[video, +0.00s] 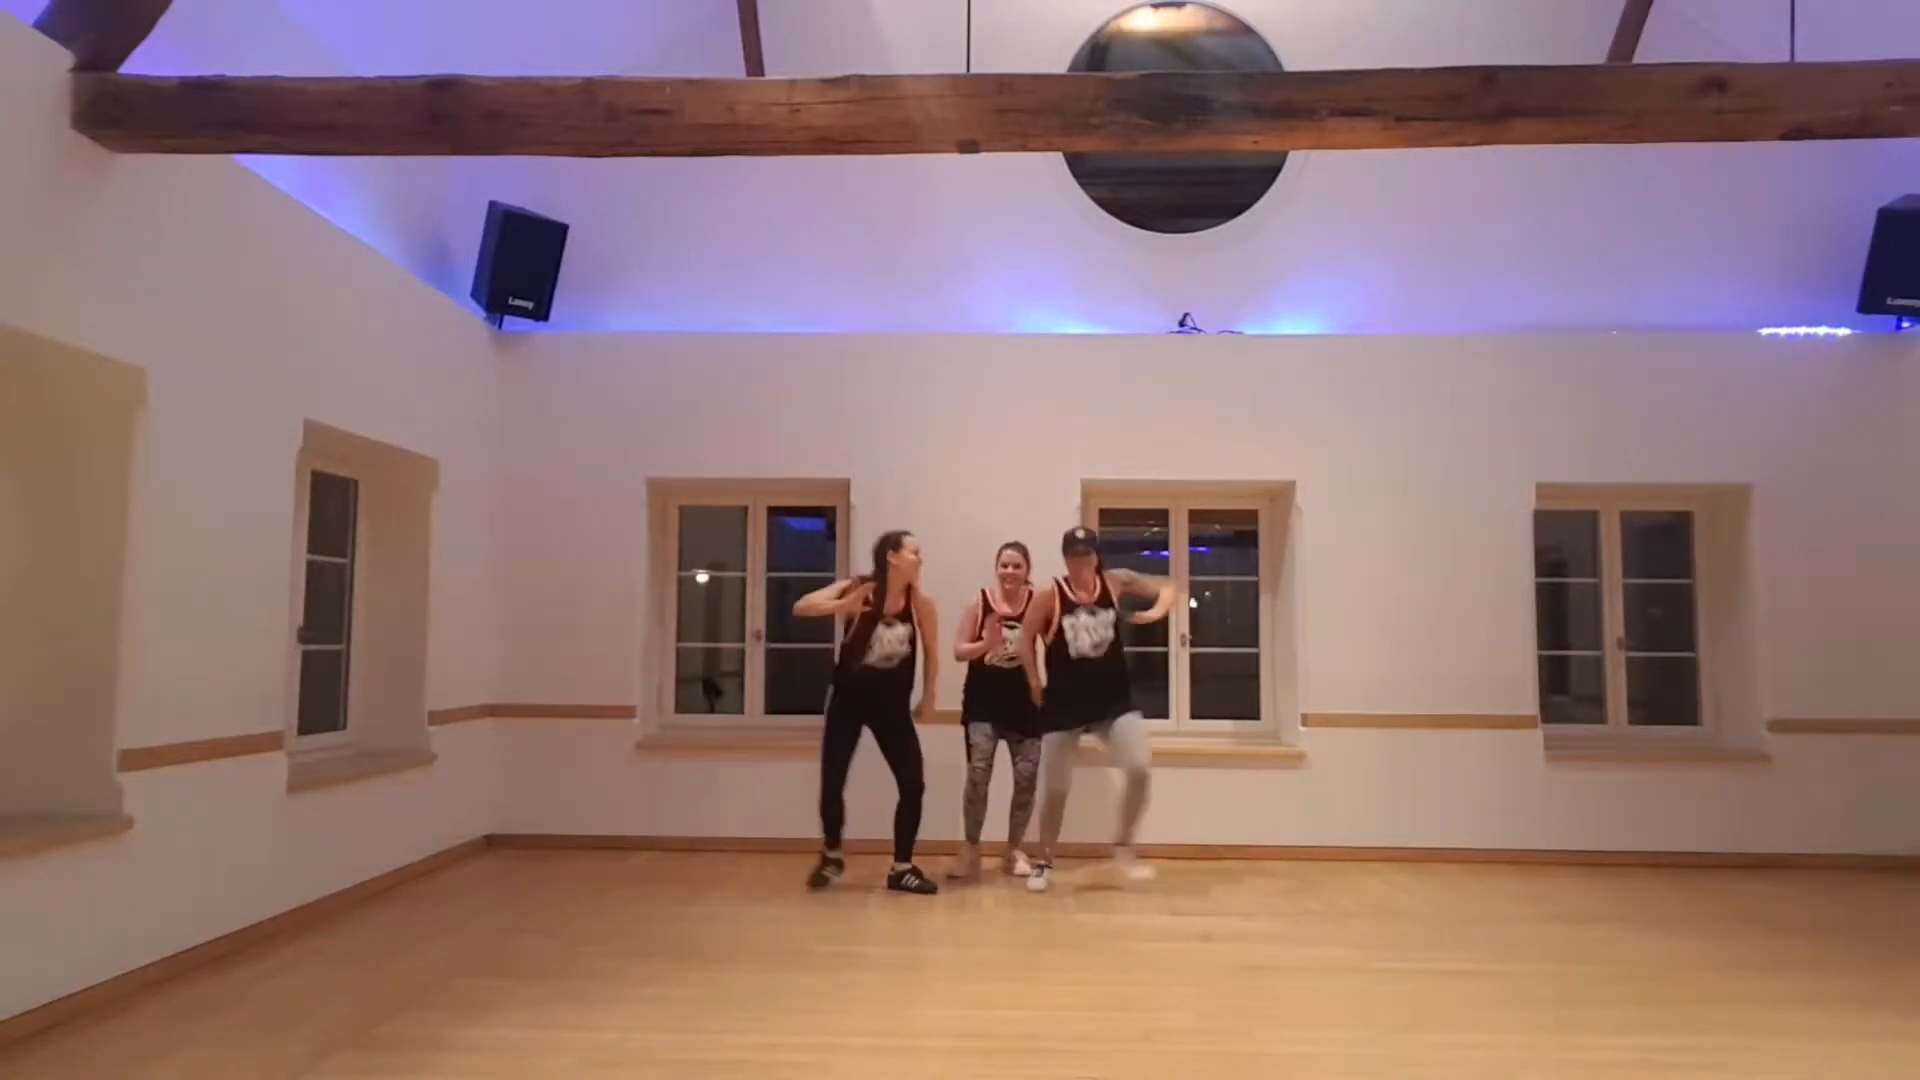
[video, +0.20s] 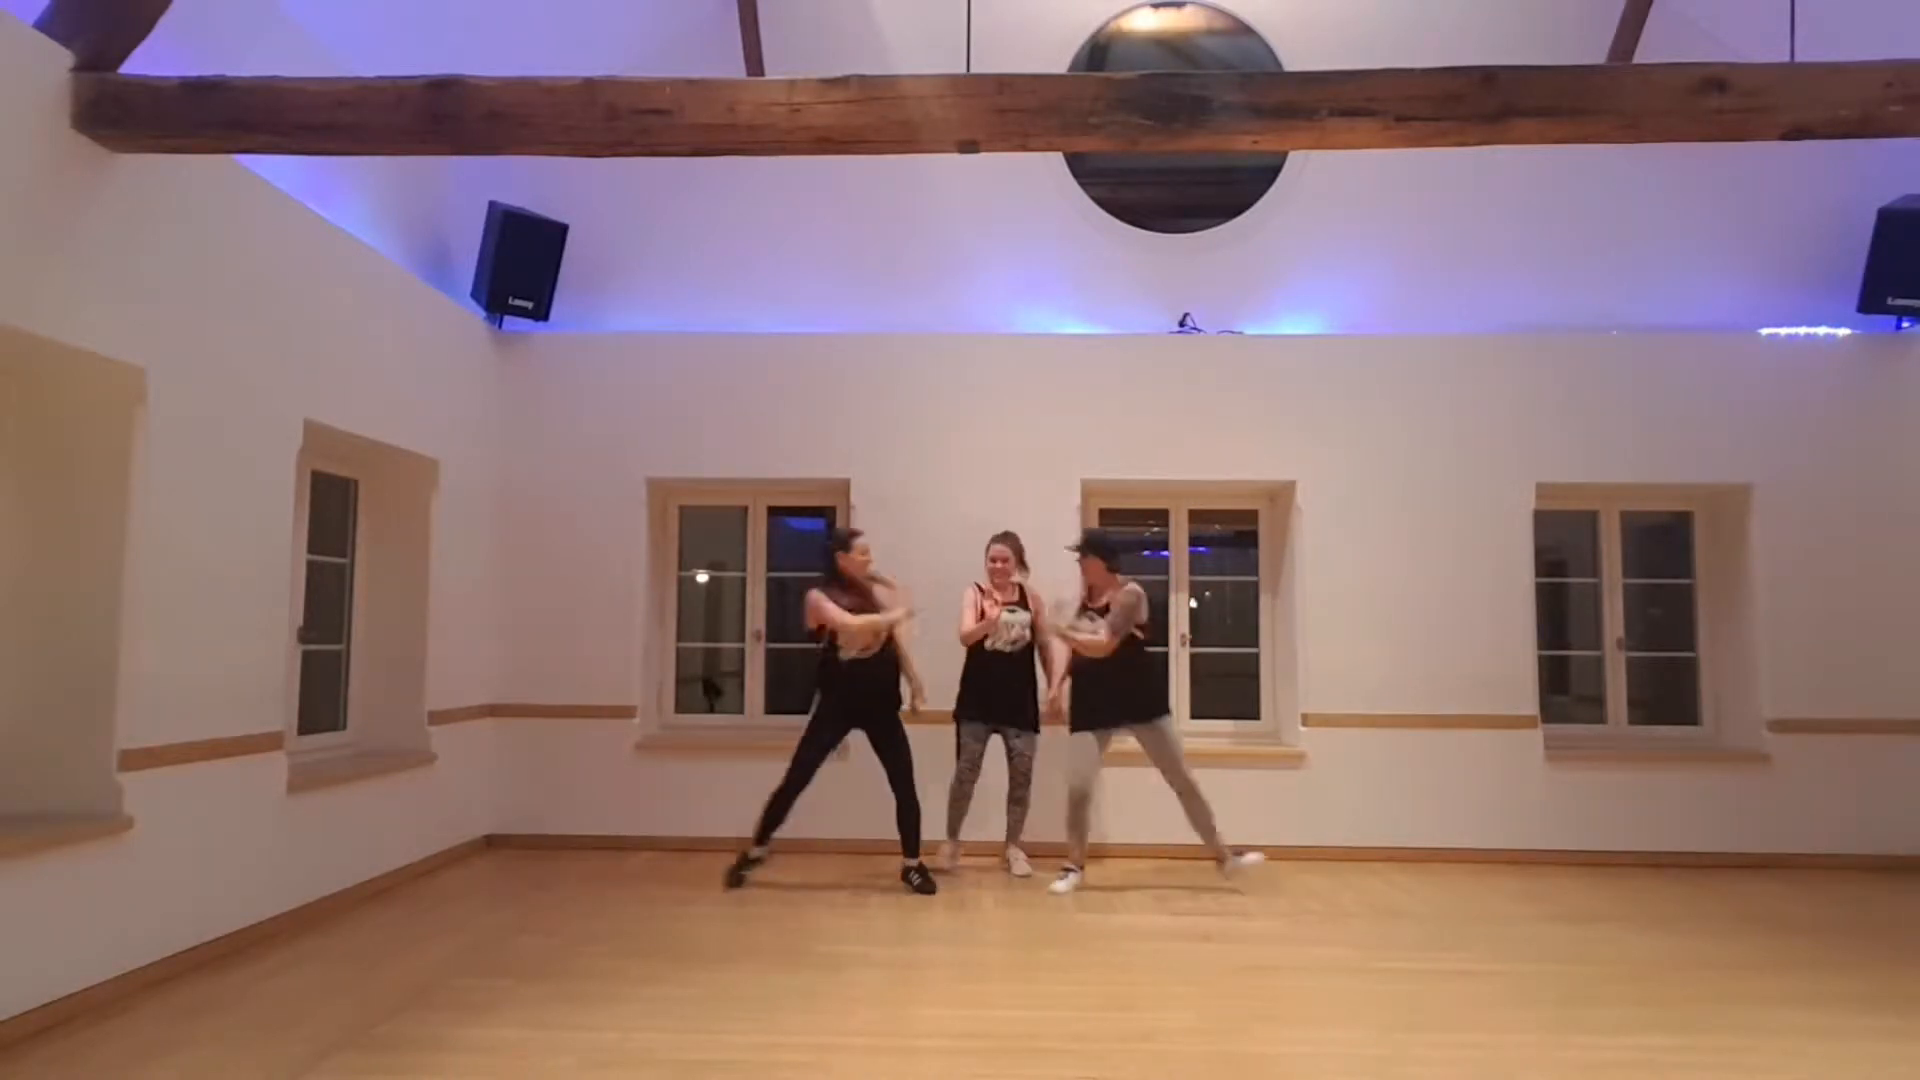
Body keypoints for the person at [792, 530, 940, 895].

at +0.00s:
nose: (920, 558)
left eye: (919, 552)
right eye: (913, 552)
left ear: (900, 559)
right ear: (890, 557)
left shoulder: (921, 604)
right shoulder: (858, 590)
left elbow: (930, 652)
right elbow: (801, 607)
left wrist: (928, 696)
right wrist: (843, 605)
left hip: (891, 702)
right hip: (848, 699)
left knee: (912, 782)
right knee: (831, 782)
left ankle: (902, 867)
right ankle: (832, 858)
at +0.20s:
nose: (869, 559)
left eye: (869, 553)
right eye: (861, 554)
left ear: (866, 559)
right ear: (840, 559)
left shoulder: (882, 592)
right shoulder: (819, 597)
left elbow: (895, 640)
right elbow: (850, 626)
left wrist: (914, 679)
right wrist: (893, 616)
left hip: (880, 705)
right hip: (837, 706)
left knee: (905, 788)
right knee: (796, 780)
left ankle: (912, 864)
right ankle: (755, 852)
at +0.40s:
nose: (824, 588)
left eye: (823, 582)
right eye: (817, 581)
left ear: (820, 588)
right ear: (794, 586)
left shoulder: (829, 621)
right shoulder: (773, 622)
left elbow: (855, 670)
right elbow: (811, 632)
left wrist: (883, 712)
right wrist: (858, 628)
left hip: (844, 725)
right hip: (800, 728)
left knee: (887, 794)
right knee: (758, 803)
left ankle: (909, 869)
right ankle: (735, 865)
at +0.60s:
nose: (791, 557)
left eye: (792, 550)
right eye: (783, 551)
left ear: (792, 554)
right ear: (762, 555)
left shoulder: (806, 587)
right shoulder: (744, 587)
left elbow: (832, 634)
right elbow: (734, 616)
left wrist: (839, 679)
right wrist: (780, 627)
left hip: (803, 697)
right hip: (761, 697)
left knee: (835, 776)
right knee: (742, 784)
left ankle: (861, 852)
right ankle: (733, 863)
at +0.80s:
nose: (756, 553)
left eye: (763, 548)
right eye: (751, 548)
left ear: (778, 556)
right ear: (743, 555)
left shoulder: (793, 596)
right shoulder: (727, 595)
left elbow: (808, 641)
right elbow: (694, 634)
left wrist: (812, 663)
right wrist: (704, 659)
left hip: (777, 695)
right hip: (736, 694)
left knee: (790, 779)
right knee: (728, 782)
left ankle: (779, 857)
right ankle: (732, 861)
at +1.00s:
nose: (745, 579)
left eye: (752, 573)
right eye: (739, 574)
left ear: (767, 579)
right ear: (732, 581)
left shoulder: (783, 616)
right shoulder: (723, 614)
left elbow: (796, 662)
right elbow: (711, 657)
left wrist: (784, 681)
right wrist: (695, 651)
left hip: (754, 711)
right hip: (716, 711)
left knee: (763, 794)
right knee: (720, 794)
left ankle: (764, 866)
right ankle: (731, 863)